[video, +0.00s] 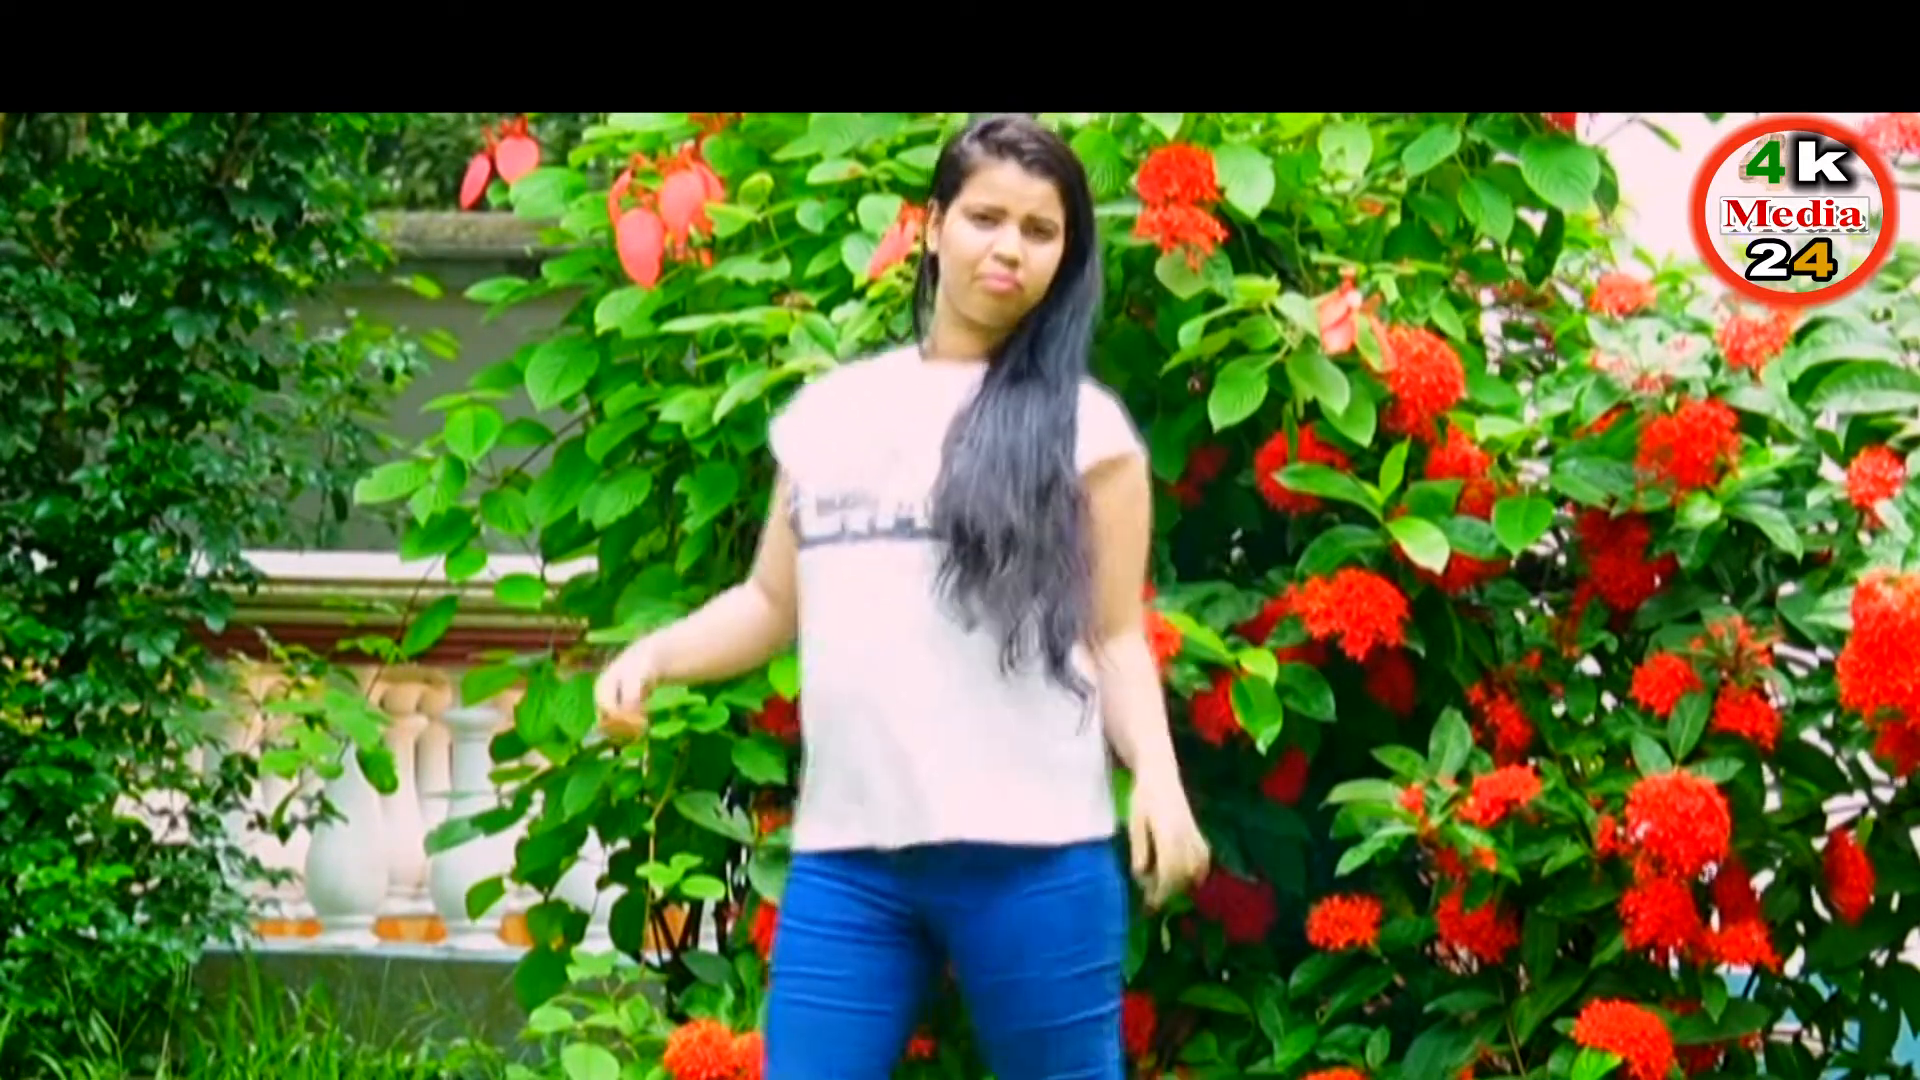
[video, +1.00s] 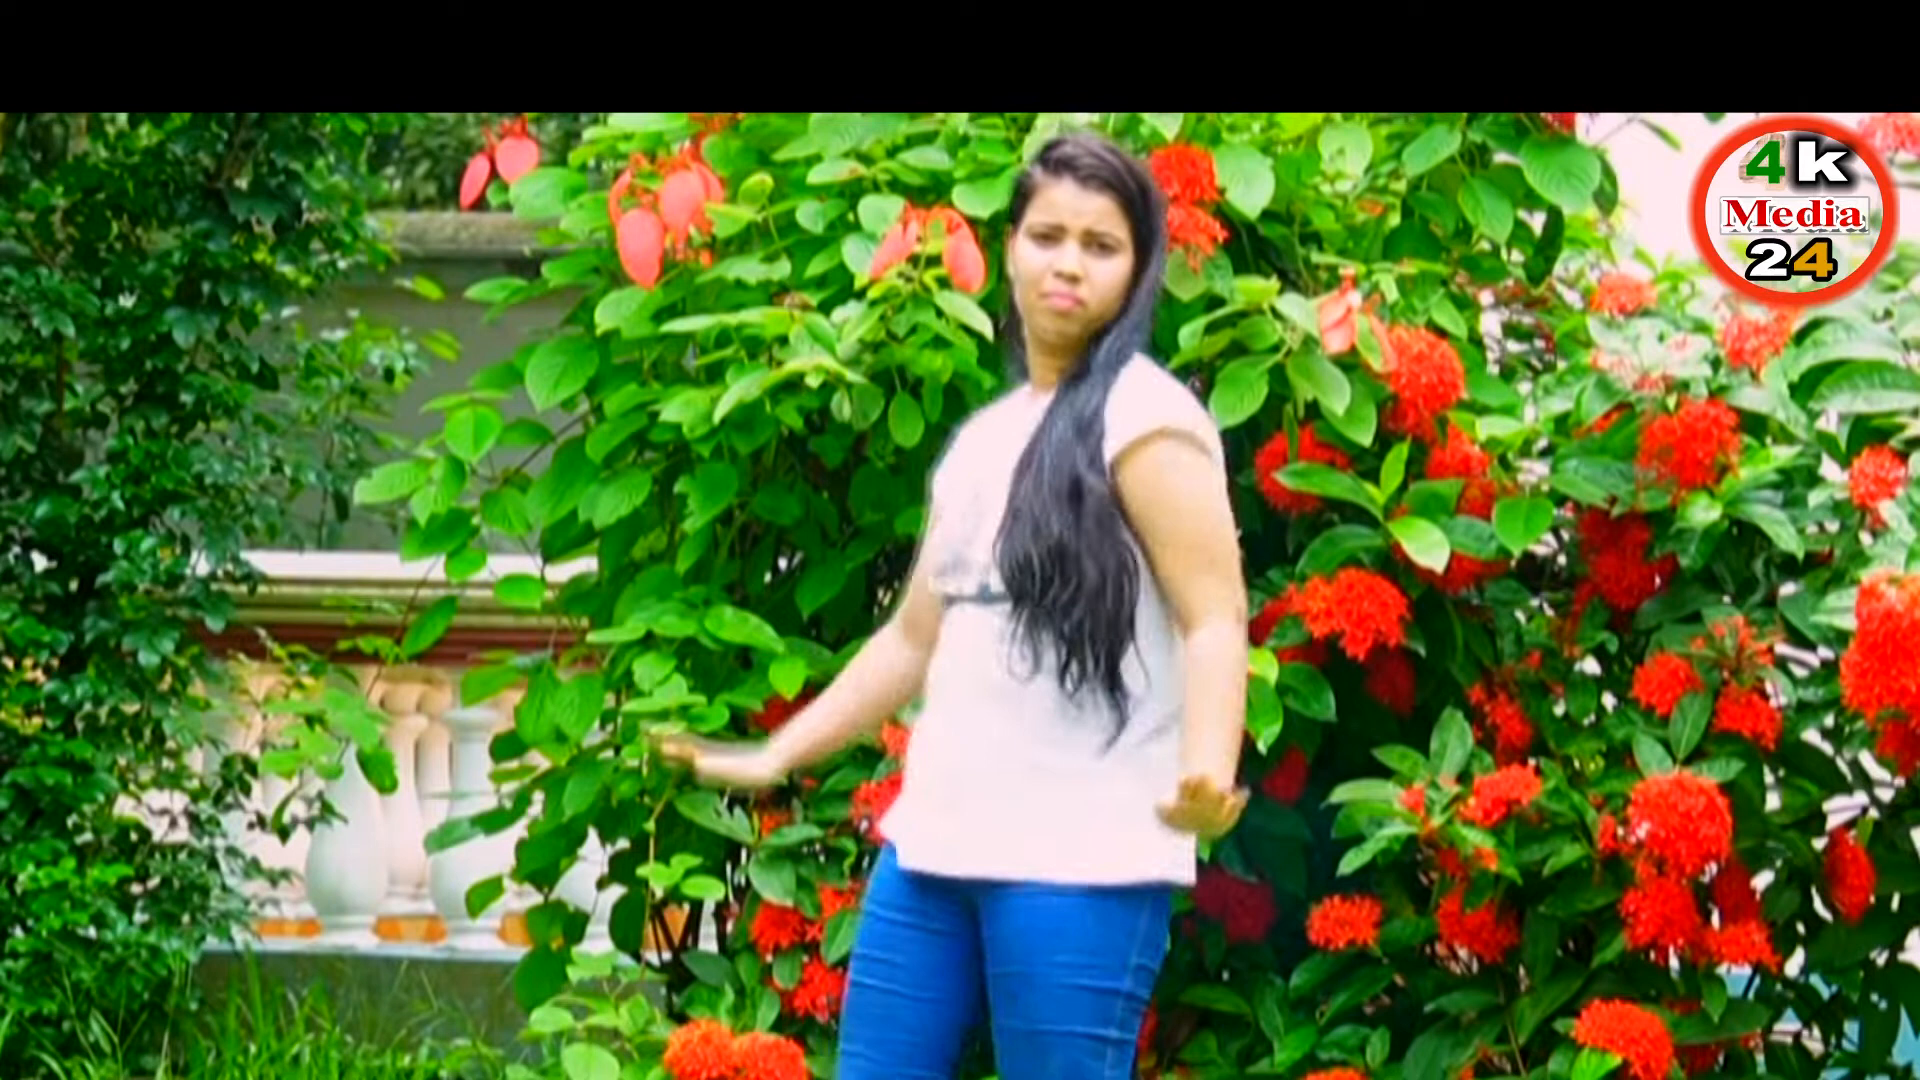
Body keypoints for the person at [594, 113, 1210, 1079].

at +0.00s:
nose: (1008, 250)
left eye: (1038, 232)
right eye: (986, 219)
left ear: (1068, 259)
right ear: (934, 227)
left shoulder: (1084, 423)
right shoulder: (826, 411)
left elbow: (1118, 633)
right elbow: (770, 601)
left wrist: (1158, 779)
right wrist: (657, 653)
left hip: (1036, 863)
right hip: (845, 862)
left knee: (1069, 1071)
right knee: (805, 1069)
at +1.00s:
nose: (1068, 267)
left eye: (1099, 246)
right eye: (1046, 237)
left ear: (1138, 272)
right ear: (1007, 250)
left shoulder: (1145, 408)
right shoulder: (977, 439)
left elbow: (1213, 613)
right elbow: (910, 641)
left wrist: (1207, 769)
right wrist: (772, 758)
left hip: (1083, 864)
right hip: (929, 849)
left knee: (1059, 1069)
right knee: (874, 1070)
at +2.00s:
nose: (1032, 240)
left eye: (1057, 225)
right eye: (1011, 207)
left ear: (1076, 254)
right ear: (947, 208)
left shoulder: (1095, 381)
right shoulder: (831, 394)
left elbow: (1172, 574)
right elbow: (723, 564)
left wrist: (1233, 489)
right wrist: (578, 468)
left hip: (1028, 829)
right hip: (836, 826)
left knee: (1053, 1071)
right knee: (823, 1071)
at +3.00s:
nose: (1081, 264)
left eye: (1111, 243)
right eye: (1059, 232)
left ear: (1139, 267)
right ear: (1008, 238)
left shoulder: (1141, 391)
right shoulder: (983, 409)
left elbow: (1259, 473)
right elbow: (900, 503)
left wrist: (1283, 281)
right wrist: (821, 339)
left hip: (1106, 847)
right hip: (968, 851)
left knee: (1082, 1072)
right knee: (893, 1070)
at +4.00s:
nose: (1077, 262)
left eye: (1108, 243)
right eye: (1055, 229)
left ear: (1133, 265)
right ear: (1003, 230)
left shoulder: (1147, 387)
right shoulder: (914, 385)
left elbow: (1268, 340)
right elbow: (744, 387)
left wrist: (1245, 145)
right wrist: (703, 196)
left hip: (1100, 852)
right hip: (928, 849)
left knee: (1086, 1072)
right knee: (853, 1070)